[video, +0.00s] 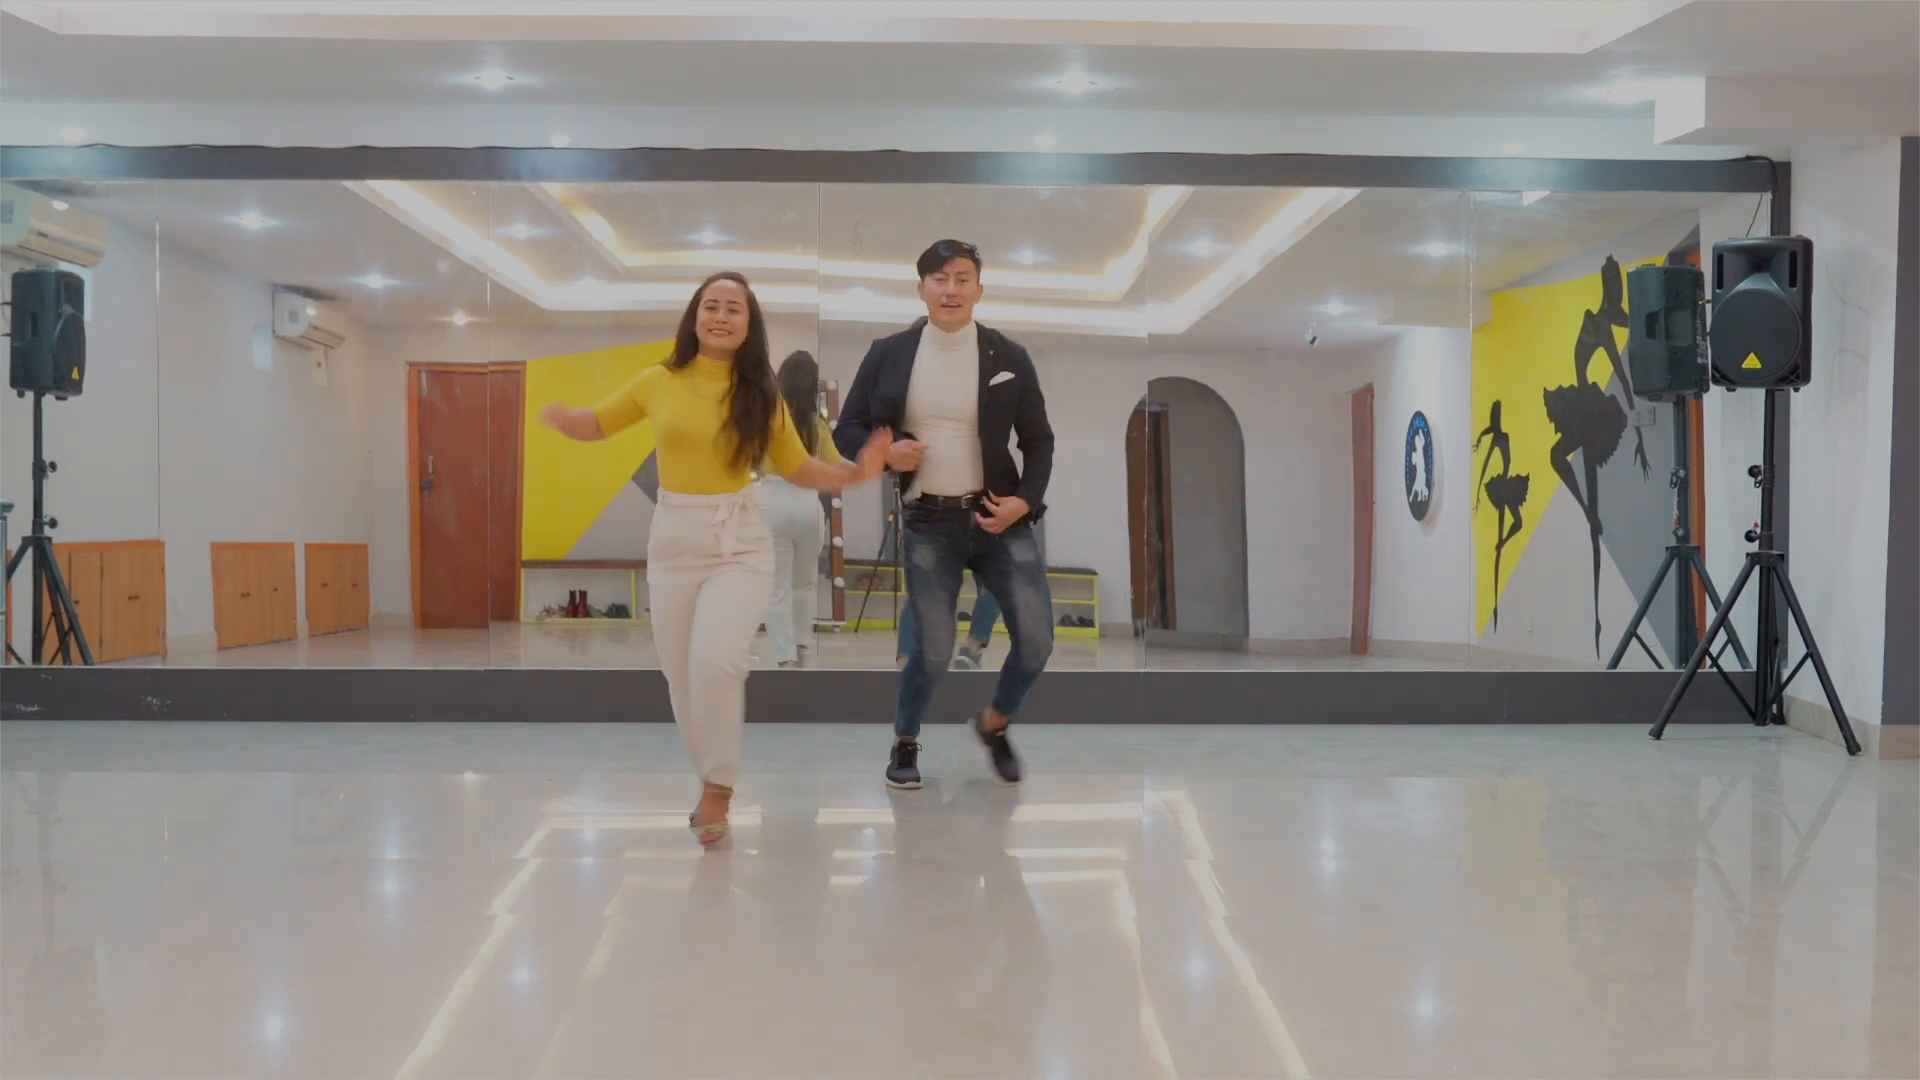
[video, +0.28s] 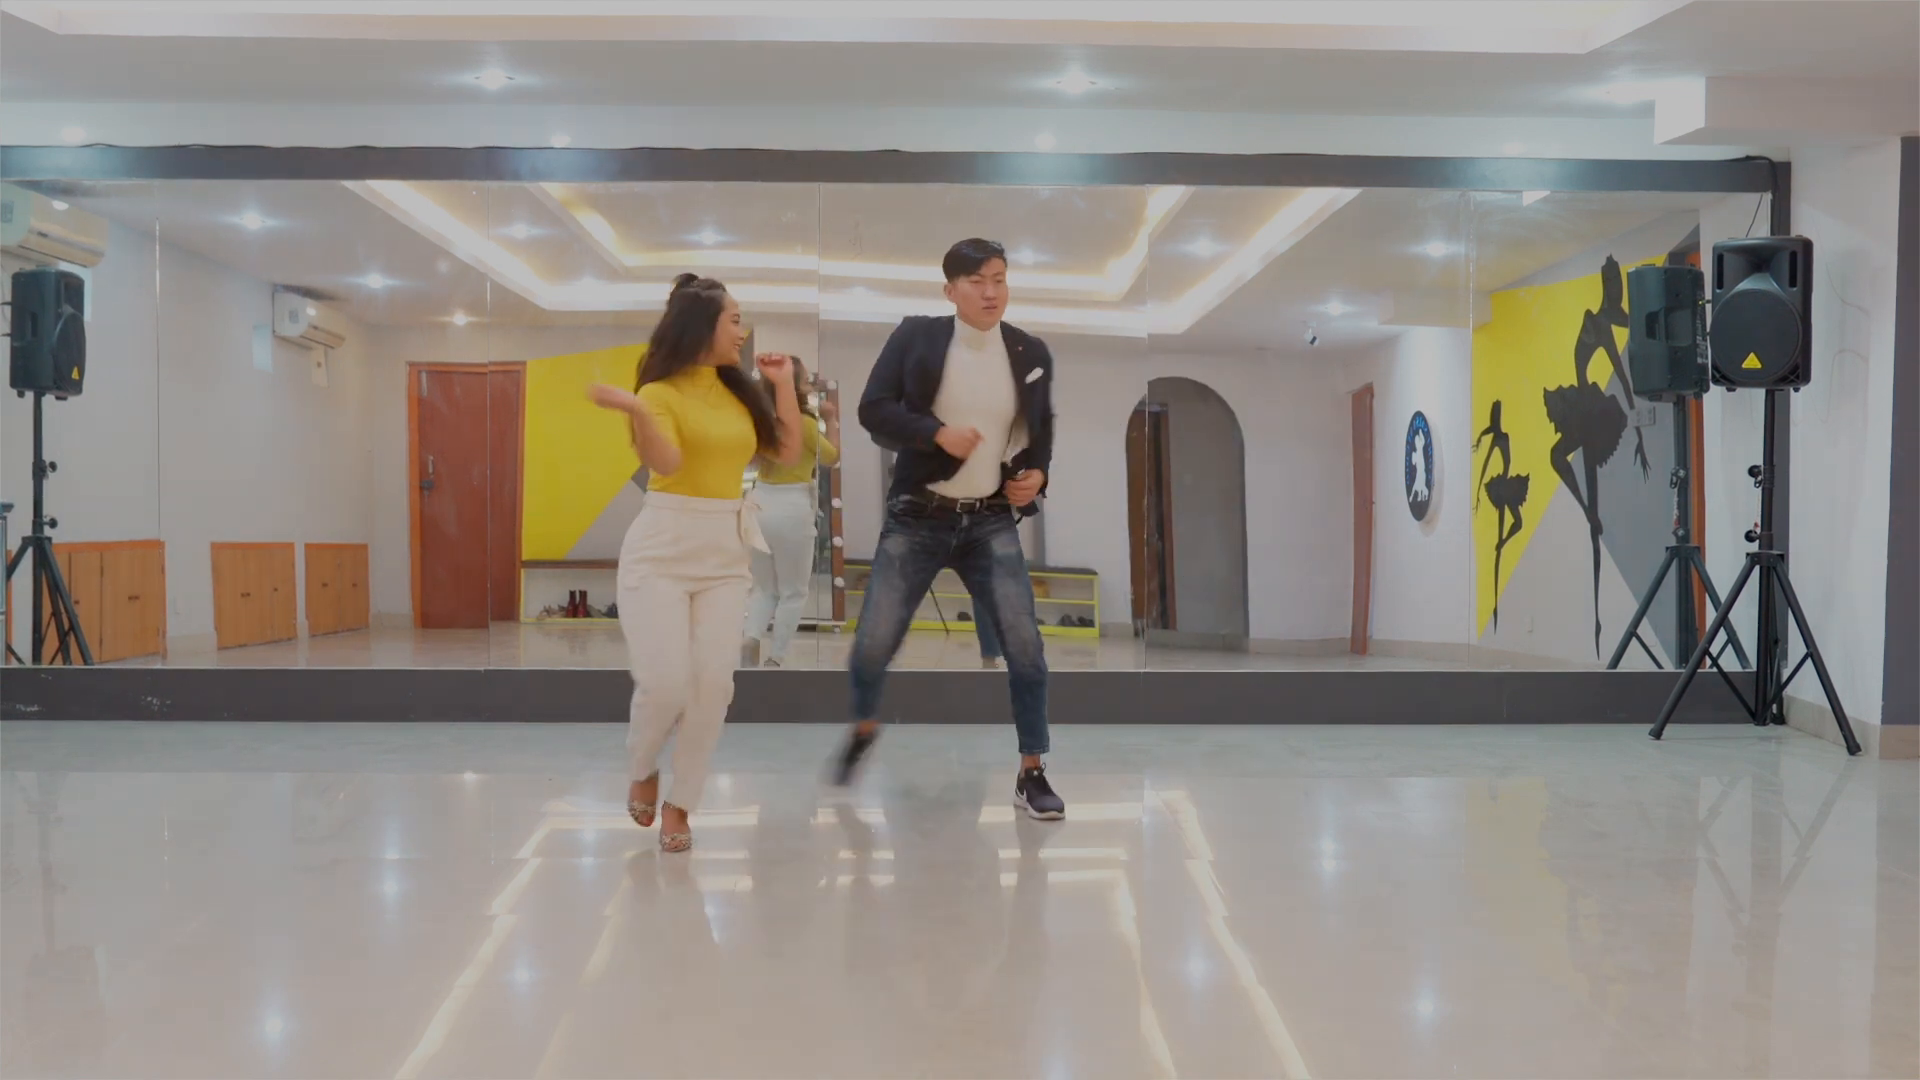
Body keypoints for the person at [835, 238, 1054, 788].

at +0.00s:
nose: (951, 289)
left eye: (962, 278)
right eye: (940, 279)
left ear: (979, 288)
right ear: (922, 288)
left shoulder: (1009, 358)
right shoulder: (887, 355)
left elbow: (1039, 439)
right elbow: (847, 430)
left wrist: (1026, 499)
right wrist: (883, 452)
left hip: (1001, 517)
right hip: (929, 520)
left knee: (1036, 643)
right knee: (934, 652)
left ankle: (994, 725)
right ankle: (906, 742)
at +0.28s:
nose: (991, 292)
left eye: (998, 281)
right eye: (977, 281)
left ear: (1008, 285)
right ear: (951, 288)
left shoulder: (1030, 354)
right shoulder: (915, 336)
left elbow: (1042, 430)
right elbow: (873, 409)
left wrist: (1035, 473)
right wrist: (934, 433)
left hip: (992, 520)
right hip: (917, 515)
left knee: (1025, 644)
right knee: (872, 643)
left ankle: (1032, 769)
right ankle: (864, 727)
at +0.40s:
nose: (995, 298)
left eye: (1002, 287)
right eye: (981, 286)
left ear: (1009, 292)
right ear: (952, 292)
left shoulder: (1015, 372)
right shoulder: (932, 356)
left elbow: (1008, 454)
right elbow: (875, 427)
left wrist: (1032, 473)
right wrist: (936, 482)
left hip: (988, 531)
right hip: (915, 531)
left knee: (1039, 641)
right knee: (851, 650)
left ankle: (1031, 772)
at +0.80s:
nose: (911, 311)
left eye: (926, 301)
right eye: (906, 300)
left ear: (957, 310)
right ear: (898, 309)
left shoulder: (976, 375)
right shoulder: (897, 379)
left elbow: (1033, 443)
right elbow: (874, 437)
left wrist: (982, 503)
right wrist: (873, 473)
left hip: (967, 549)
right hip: (899, 545)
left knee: (1010, 667)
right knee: (802, 627)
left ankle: (1059, 763)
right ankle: (806, 770)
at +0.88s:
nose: (886, 311)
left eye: (901, 300)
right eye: (885, 300)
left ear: (936, 310)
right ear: (886, 306)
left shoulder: (952, 368)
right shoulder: (893, 375)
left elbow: (982, 427)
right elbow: (881, 448)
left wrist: (925, 485)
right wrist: (862, 485)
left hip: (949, 551)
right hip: (887, 549)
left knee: (1000, 666)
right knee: (793, 631)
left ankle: (1063, 760)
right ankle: (813, 772)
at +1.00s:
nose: (856, 302)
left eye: (871, 294)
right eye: (855, 291)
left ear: (906, 303)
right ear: (855, 296)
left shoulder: (918, 353)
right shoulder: (866, 363)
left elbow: (932, 412)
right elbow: (864, 439)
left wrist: (856, 443)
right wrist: (830, 488)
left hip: (917, 541)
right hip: (860, 537)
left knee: (958, 667)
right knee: (782, 636)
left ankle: (1055, 738)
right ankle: (811, 774)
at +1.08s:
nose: (839, 304)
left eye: (854, 296)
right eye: (838, 292)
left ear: (890, 304)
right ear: (835, 293)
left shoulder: (909, 355)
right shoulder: (837, 359)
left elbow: (920, 410)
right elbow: (835, 438)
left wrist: (833, 435)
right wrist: (800, 493)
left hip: (907, 533)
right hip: (850, 533)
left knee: (916, 663)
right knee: (779, 641)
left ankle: (1008, 741)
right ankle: (811, 775)